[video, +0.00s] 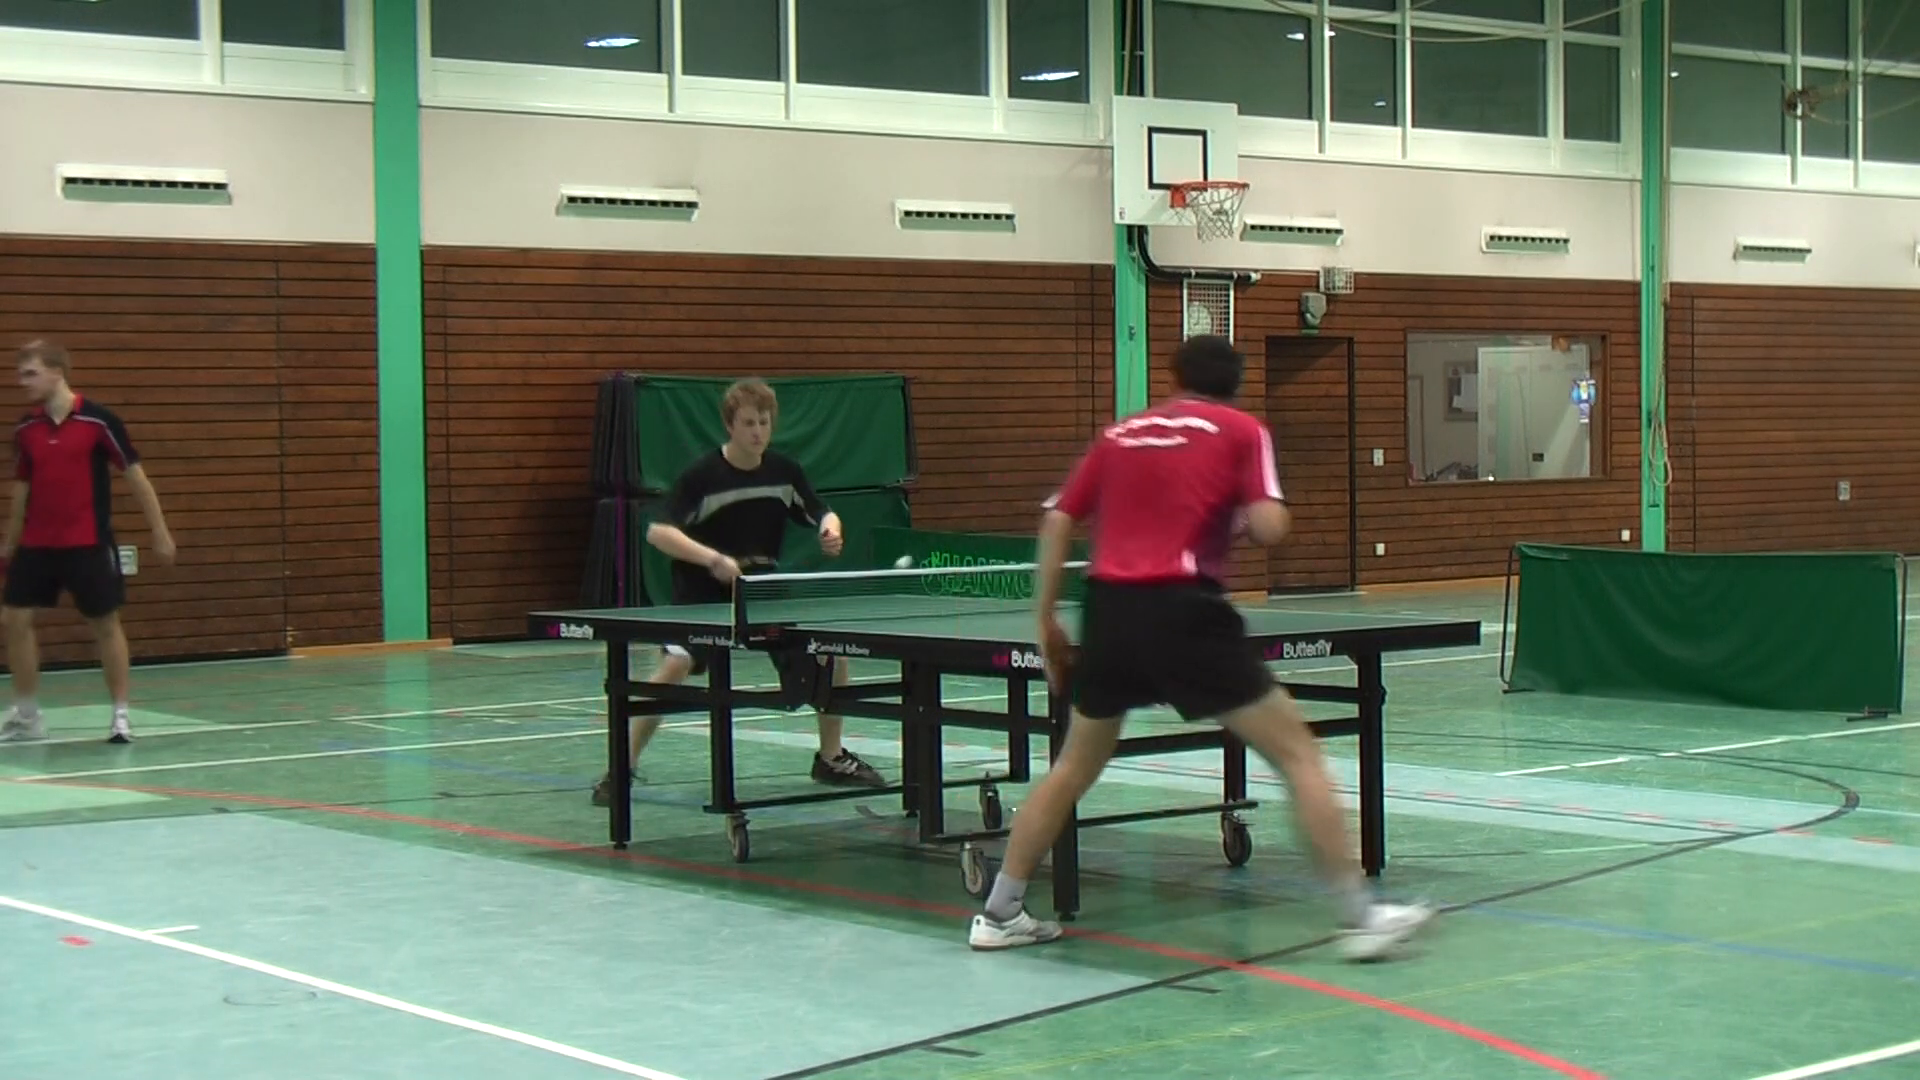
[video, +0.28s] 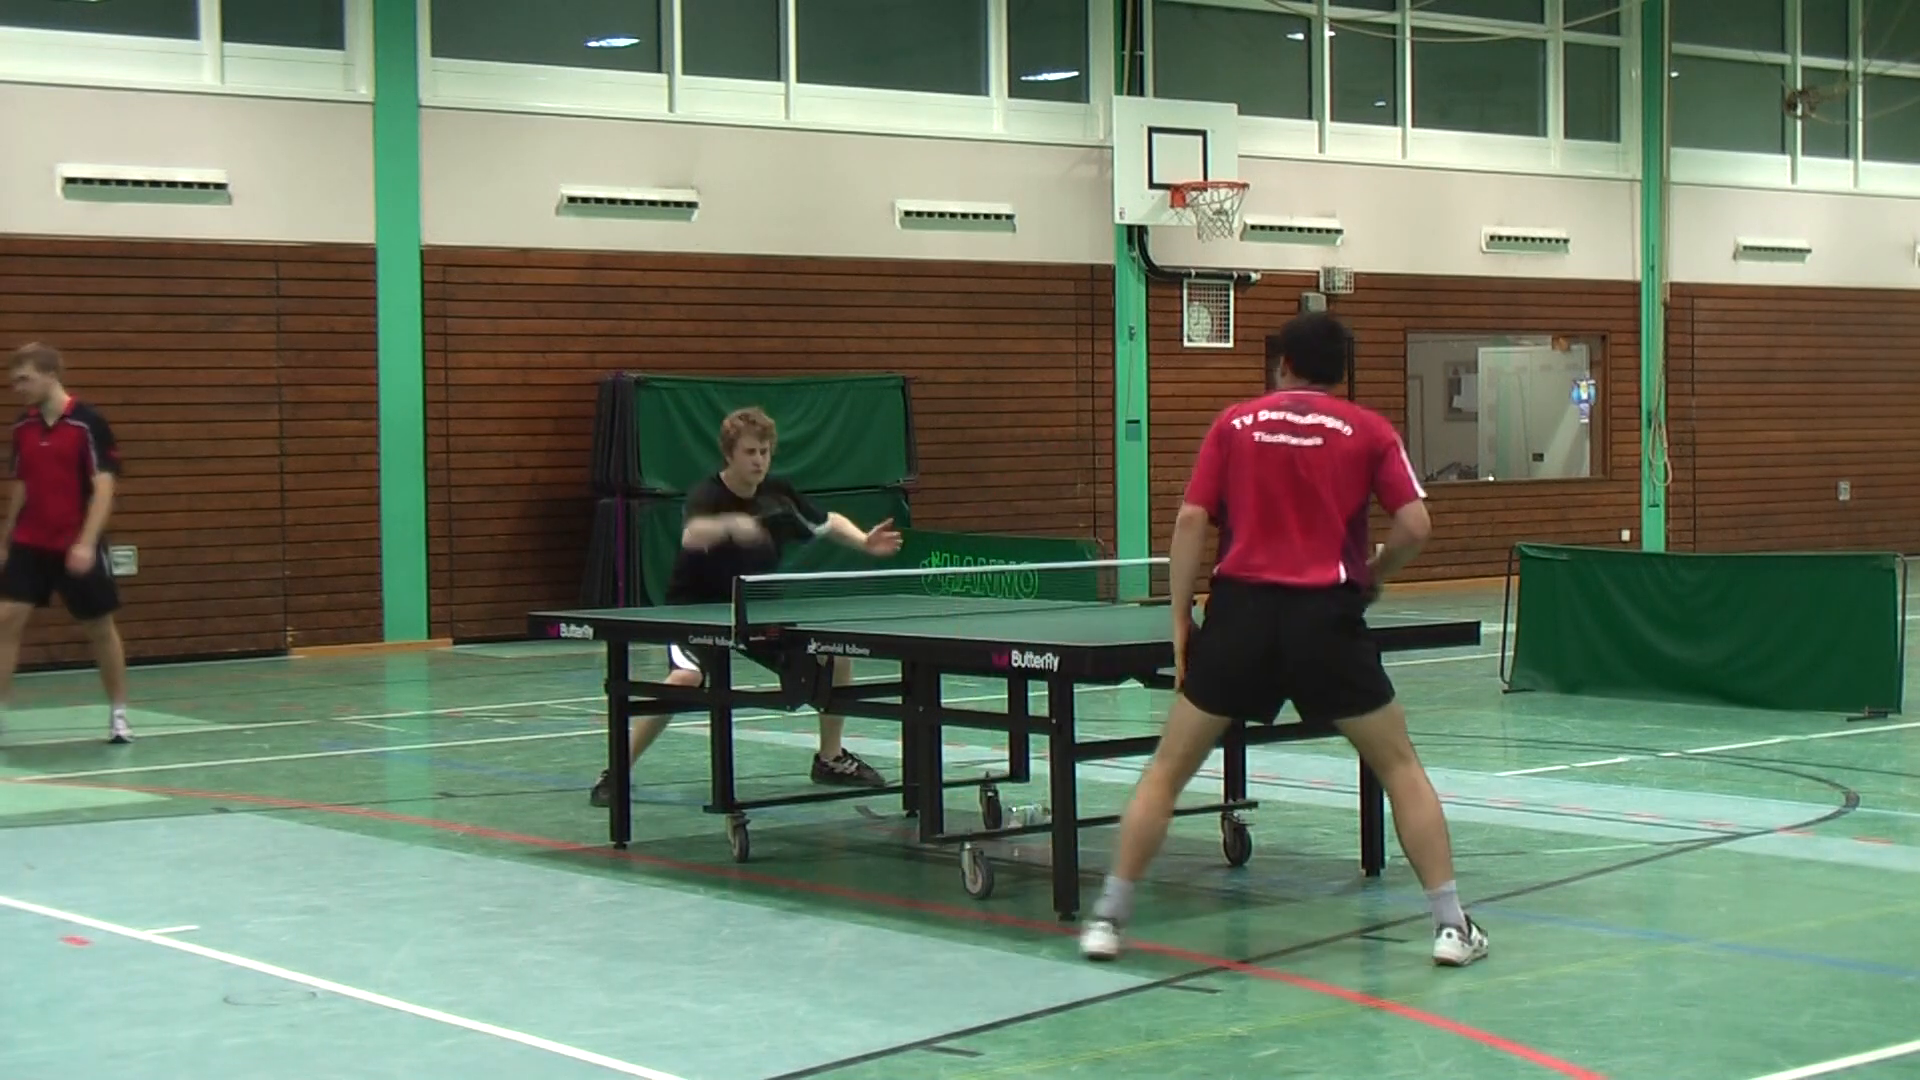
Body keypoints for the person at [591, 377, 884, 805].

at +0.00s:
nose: (758, 432)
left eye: (764, 423)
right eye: (748, 423)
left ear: (773, 424)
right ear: (729, 425)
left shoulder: (784, 471)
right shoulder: (703, 475)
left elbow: (822, 513)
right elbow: (659, 531)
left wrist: (831, 529)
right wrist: (711, 558)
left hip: (768, 598)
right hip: (705, 599)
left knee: (834, 652)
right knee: (676, 664)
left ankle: (831, 757)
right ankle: (622, 767)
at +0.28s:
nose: (760, 459)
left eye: (765, 451)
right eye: (751, 451)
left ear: (771, 454)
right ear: (728, 453)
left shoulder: (778, 494)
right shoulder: (707, 495)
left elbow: (830, 523)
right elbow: (693, 534)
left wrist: (865, 541)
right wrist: (732, 525)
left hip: (755, 612)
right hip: (694, 613)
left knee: (838, 654)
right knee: (686, 677)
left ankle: (831, 756)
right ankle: (619, 772)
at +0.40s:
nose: (751, 430)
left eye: (756, 421)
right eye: (742, 422)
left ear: (762, 424)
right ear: (720, 424)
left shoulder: (767, 471)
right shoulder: (701, 462)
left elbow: (811, 496)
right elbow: (679, 464)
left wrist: (856, 525)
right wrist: (682, 459)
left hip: (747, 601)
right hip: (689, 602)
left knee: (823, 652)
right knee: (686, 674)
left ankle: (831, 757)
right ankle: (619, 769)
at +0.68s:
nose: (716, 384)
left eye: (722, 376)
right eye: (706, 377)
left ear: (729, 380)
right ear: (684, 382)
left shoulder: (741, 436)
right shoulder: (662, 434)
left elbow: (778, 480)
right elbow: (610, 485)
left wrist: (801, 525)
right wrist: (636, 475)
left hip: (722, 572)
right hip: (659, 571)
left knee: (768, 648)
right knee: (618, 655)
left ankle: (764, 753)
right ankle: (565, 753)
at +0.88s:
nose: (671, 378)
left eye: (676, 370)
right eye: (660, 370)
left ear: (683, 375)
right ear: (637, 376)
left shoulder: (694, 427)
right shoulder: (612, 428)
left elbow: (732, 476)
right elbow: (571, 487)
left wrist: (739, 509)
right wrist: (606, 501)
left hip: (674, 563)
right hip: (610, 566)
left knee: (723, 644)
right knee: (567, 643)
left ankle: (743, 748)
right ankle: (531, 756)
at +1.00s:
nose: (629, 397)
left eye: (634, 388)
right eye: (619, 390)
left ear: (642, 390)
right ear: (599, 396)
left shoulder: (665, 442)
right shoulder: (582, 449)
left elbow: (705, 490)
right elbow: (542, 510)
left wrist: (698, 523)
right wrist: (568, 545)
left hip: (652, 577)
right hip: (591, 577)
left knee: (703, 655)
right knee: (537, 646)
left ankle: (709, 751)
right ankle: (483, 749)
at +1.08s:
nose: (579, 419)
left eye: (587, 409)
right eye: (571, 412)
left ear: (603, 410)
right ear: (558, 418)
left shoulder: (634, 460)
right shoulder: (547, 477)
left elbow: (683, 505)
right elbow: (509, 529)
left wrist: (686, 548)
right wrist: (485, 578)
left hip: (635, 596)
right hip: (568, 595)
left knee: (699, 666)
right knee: (509, 659)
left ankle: (710, 756)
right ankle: (451, 759)